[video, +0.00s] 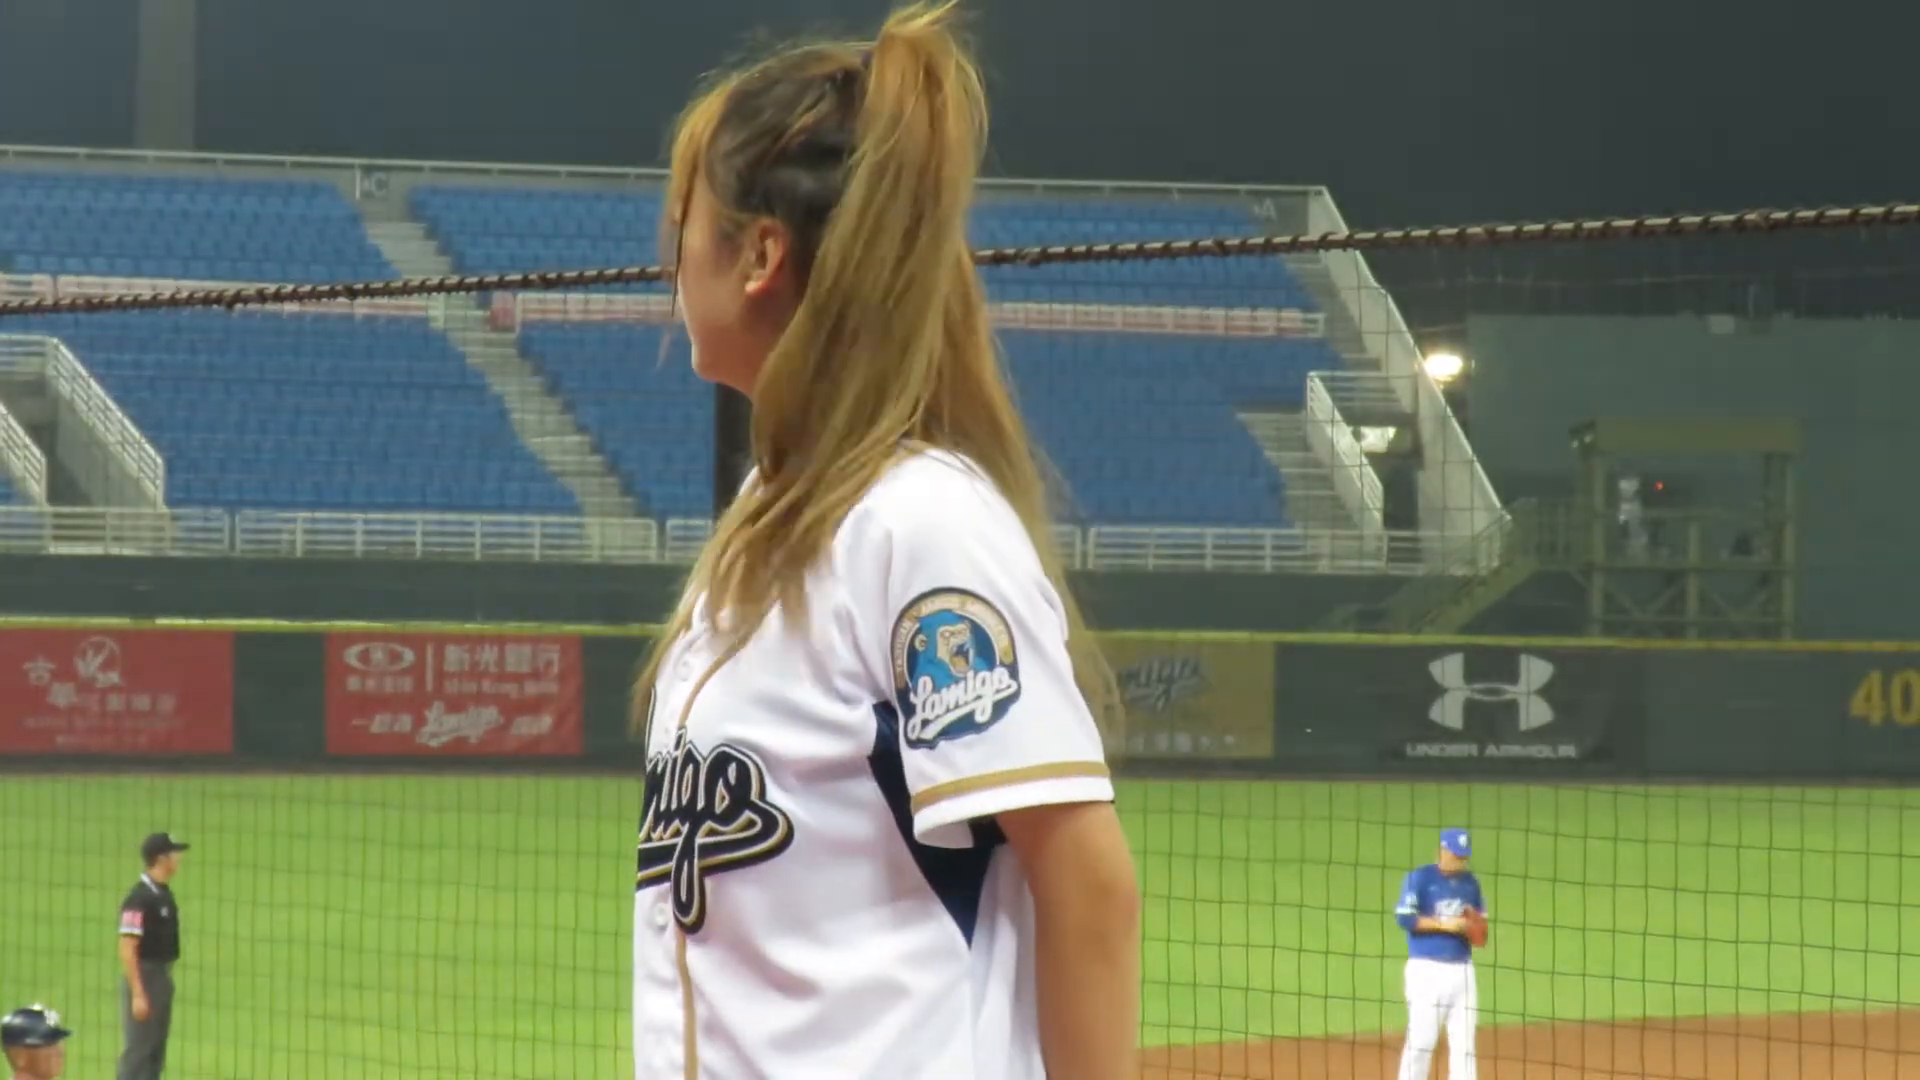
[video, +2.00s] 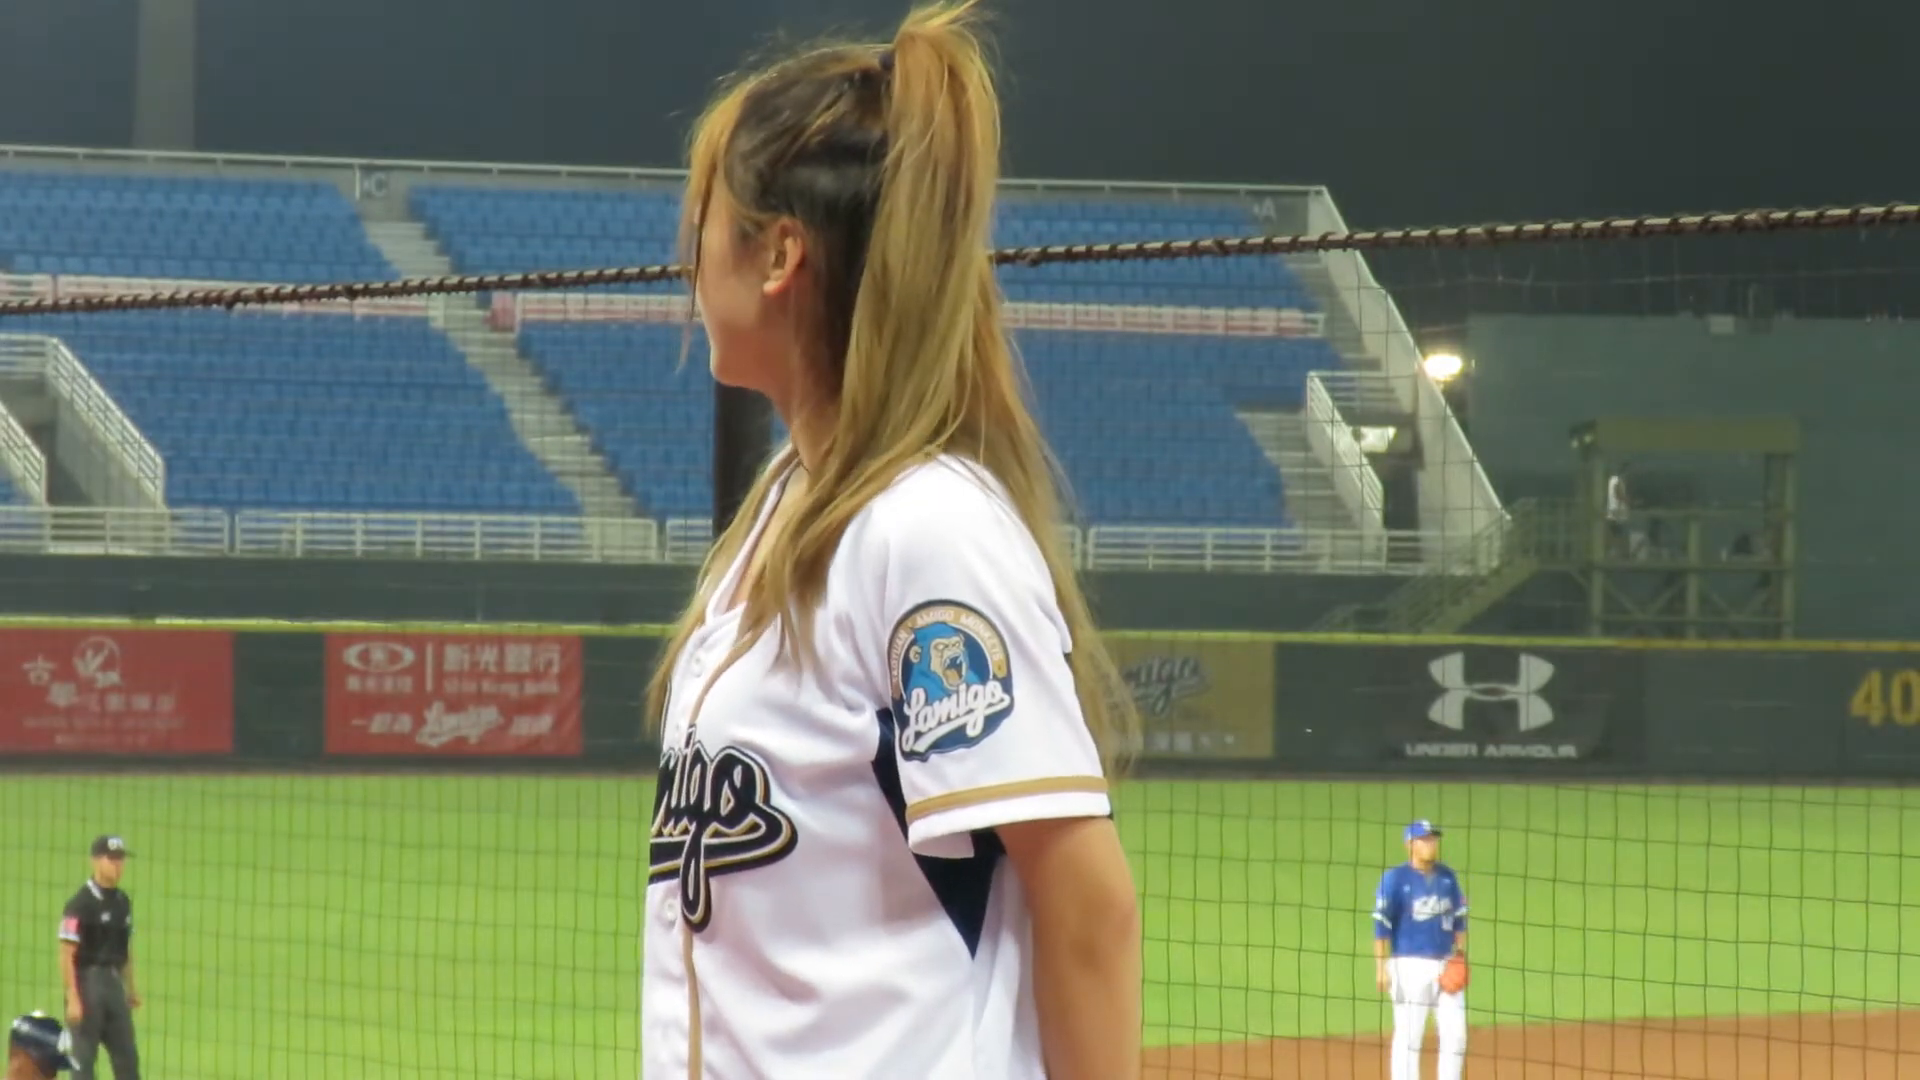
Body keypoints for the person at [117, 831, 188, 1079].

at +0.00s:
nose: (176, 861)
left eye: (175, 855)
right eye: (172, 856)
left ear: (162, 858)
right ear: (159, 859)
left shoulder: (164, 893)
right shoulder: (140, 897)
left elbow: (157, 943)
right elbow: (127, 948)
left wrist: (164, 980)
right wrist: (138, 994)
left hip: (162, 968)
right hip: (145, 968)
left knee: (156, 1045)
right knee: (141, 1046)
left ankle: (150, 1074)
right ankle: (132, 1074)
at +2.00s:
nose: (117, 865)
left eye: (120, 860)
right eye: (111, 859)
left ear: (123, 862)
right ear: (96, 860)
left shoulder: (122, 901)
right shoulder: (80, 903)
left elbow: (123, 949)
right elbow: (67, 954)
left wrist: (129, 988)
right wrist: (73, 998)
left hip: (114, 973)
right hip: (87, 973)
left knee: (126, 1054)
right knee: (83, 1055)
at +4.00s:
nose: (116, 866)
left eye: (117, 860)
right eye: (110, 860)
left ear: (118, 862)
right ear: (93, 861)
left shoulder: (118, 901)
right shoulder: (77, 904)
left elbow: (121, 951)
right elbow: (65, 954)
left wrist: (128, 991)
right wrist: (72, 1000)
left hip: (113, 973)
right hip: (87, 973)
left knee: (125, 1053)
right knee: (84, 1055)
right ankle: (82, 1074)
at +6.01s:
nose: (133, 861)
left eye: (134, 855)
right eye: (128, 854)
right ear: (110, 855)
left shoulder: (123, 894)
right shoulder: (92, 894)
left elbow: (123, 942)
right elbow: (78, 946)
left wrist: (135, 930)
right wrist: (84, 991)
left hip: (116, 966)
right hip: (97, 966)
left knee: (114, 1045)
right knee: (96, 1043)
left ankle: (107, 1075)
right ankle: (72, 1075)